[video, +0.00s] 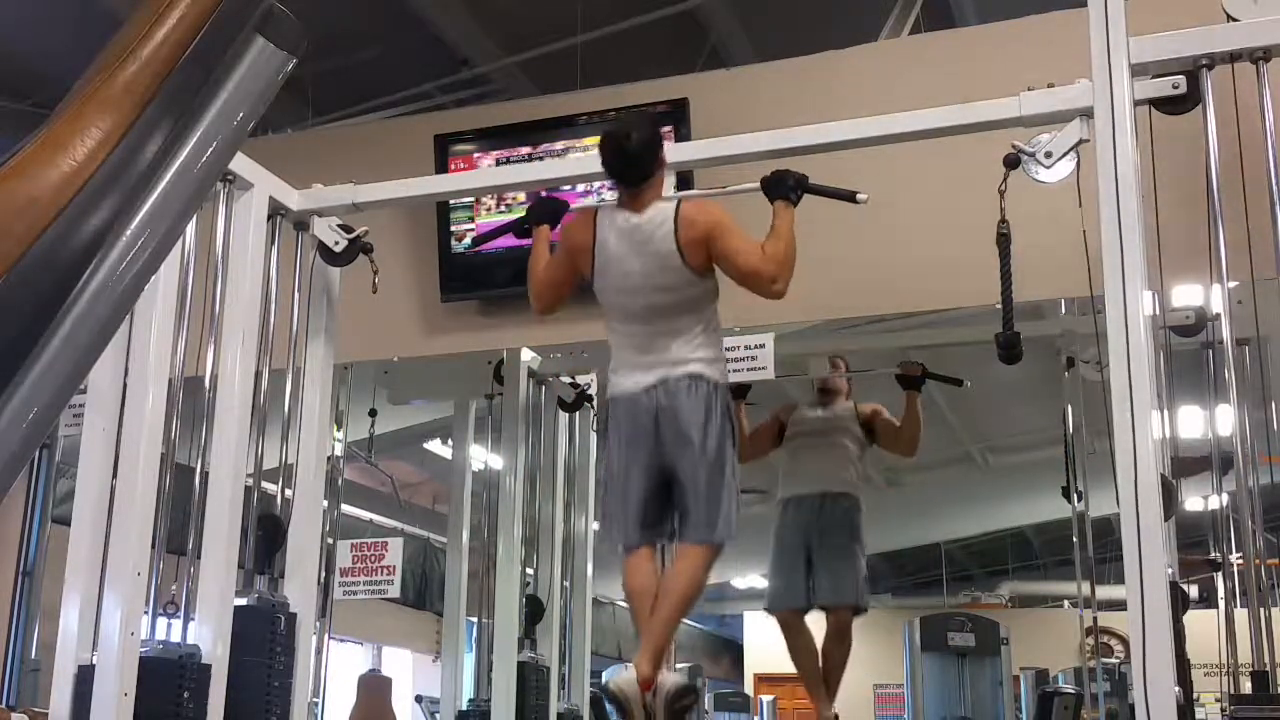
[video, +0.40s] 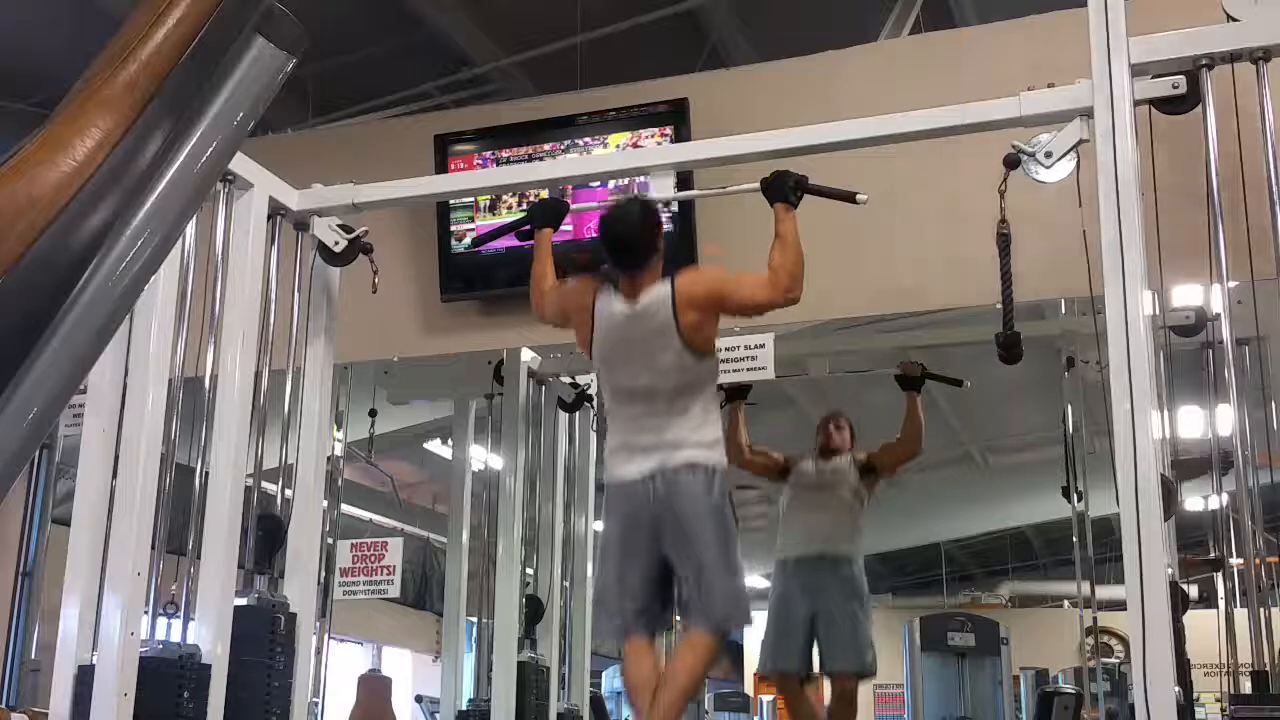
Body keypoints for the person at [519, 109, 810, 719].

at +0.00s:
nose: (666, 151)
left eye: (655, 146)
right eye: (663, 145)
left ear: (607, 173)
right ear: (662, 160)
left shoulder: (586, 230)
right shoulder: (699, 216)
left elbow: (543, 297)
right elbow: (773, 279)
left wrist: (540, 235)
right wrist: (784, 206)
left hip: (629, 398)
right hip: (693, 392)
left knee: (637, 538)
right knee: (702, 531)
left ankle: (659, 675)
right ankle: (641, 670)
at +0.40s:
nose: (660, 231)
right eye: (658, 226)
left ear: (607, 251)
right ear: (660, 239)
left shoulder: (588, 300)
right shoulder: (696, 289)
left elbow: (545, 300)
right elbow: (784, 287)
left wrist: (543, 234)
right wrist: (785, 207)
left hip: (626, 484)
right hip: (693, 479)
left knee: (636, 626)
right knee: (708, 617)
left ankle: (649, 718)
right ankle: (659, 716)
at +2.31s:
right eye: (661, 167)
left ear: (609, 192)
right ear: (663, 182)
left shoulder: (585, 245)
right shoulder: (698, 233)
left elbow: (538, 302)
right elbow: (780, 279)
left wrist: (540, 232)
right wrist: (785, 207)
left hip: (627, 414)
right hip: (692, 409)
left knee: (627, 554)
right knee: (697, 549)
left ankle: (648, 686)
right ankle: (633, 683)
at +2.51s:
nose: (665, 169)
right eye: (666, 161)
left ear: (613, 183)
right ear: (667, 173)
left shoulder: (590, 240)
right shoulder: (699, 228)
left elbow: (543, 303)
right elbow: (779, 281)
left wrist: (541, 235)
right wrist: (786, 207)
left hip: (632, 404)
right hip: (696, 398)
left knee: (639, 550)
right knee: (699, 544)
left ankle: (662, 679)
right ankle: (647, 679)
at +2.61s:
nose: (666, 196)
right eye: (665, 190)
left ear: (612, 210)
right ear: (665, 202)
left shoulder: (587, 264)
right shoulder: (699, 254)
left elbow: (540, 305)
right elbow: (786, 284)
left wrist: (541, 234)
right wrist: (784, 207)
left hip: (629, 436)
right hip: (694, 431)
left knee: (641, 587)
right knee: (699, 578)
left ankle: (656, 712)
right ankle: (650, 710)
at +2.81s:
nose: (672, 273)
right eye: (668, 267)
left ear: (613, 281)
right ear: (665, 276)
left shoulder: (592, 329)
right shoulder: (698, 318)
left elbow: (546, 302)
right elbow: (782, 289)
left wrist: (543, 235)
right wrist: (784, 209)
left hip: (628, 509)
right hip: (694, 504)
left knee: (631, 654)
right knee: (704, 650)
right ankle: (660, 718)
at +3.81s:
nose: (667, 206)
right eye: (665, 199)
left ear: (611, 219)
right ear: (664, 212)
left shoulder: (590, 272)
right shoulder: (699, 261)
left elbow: (540, 306)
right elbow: (787, 282)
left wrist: (542, 235)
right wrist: (786, 209)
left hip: (629, 451)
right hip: (694, 445)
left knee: (640, 596)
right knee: (709, 593)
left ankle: (659, 716)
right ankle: (651, 713)